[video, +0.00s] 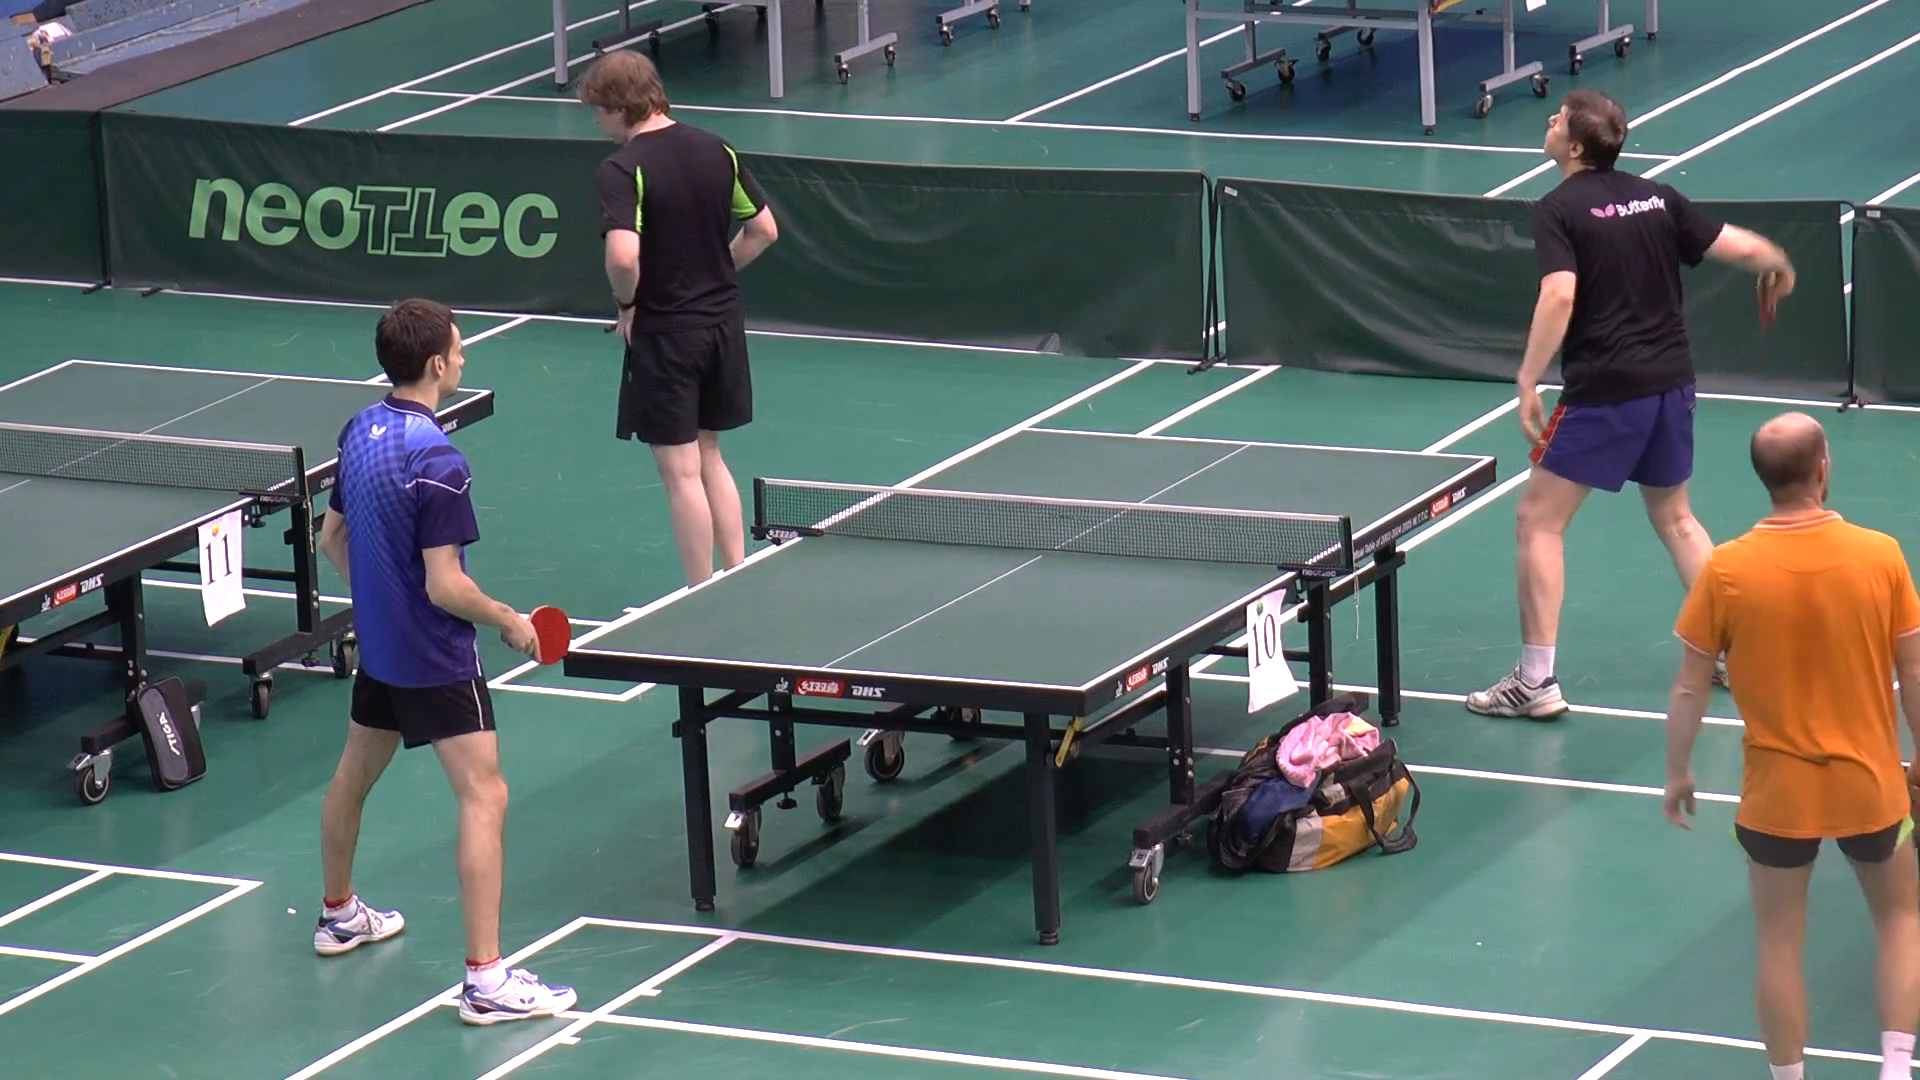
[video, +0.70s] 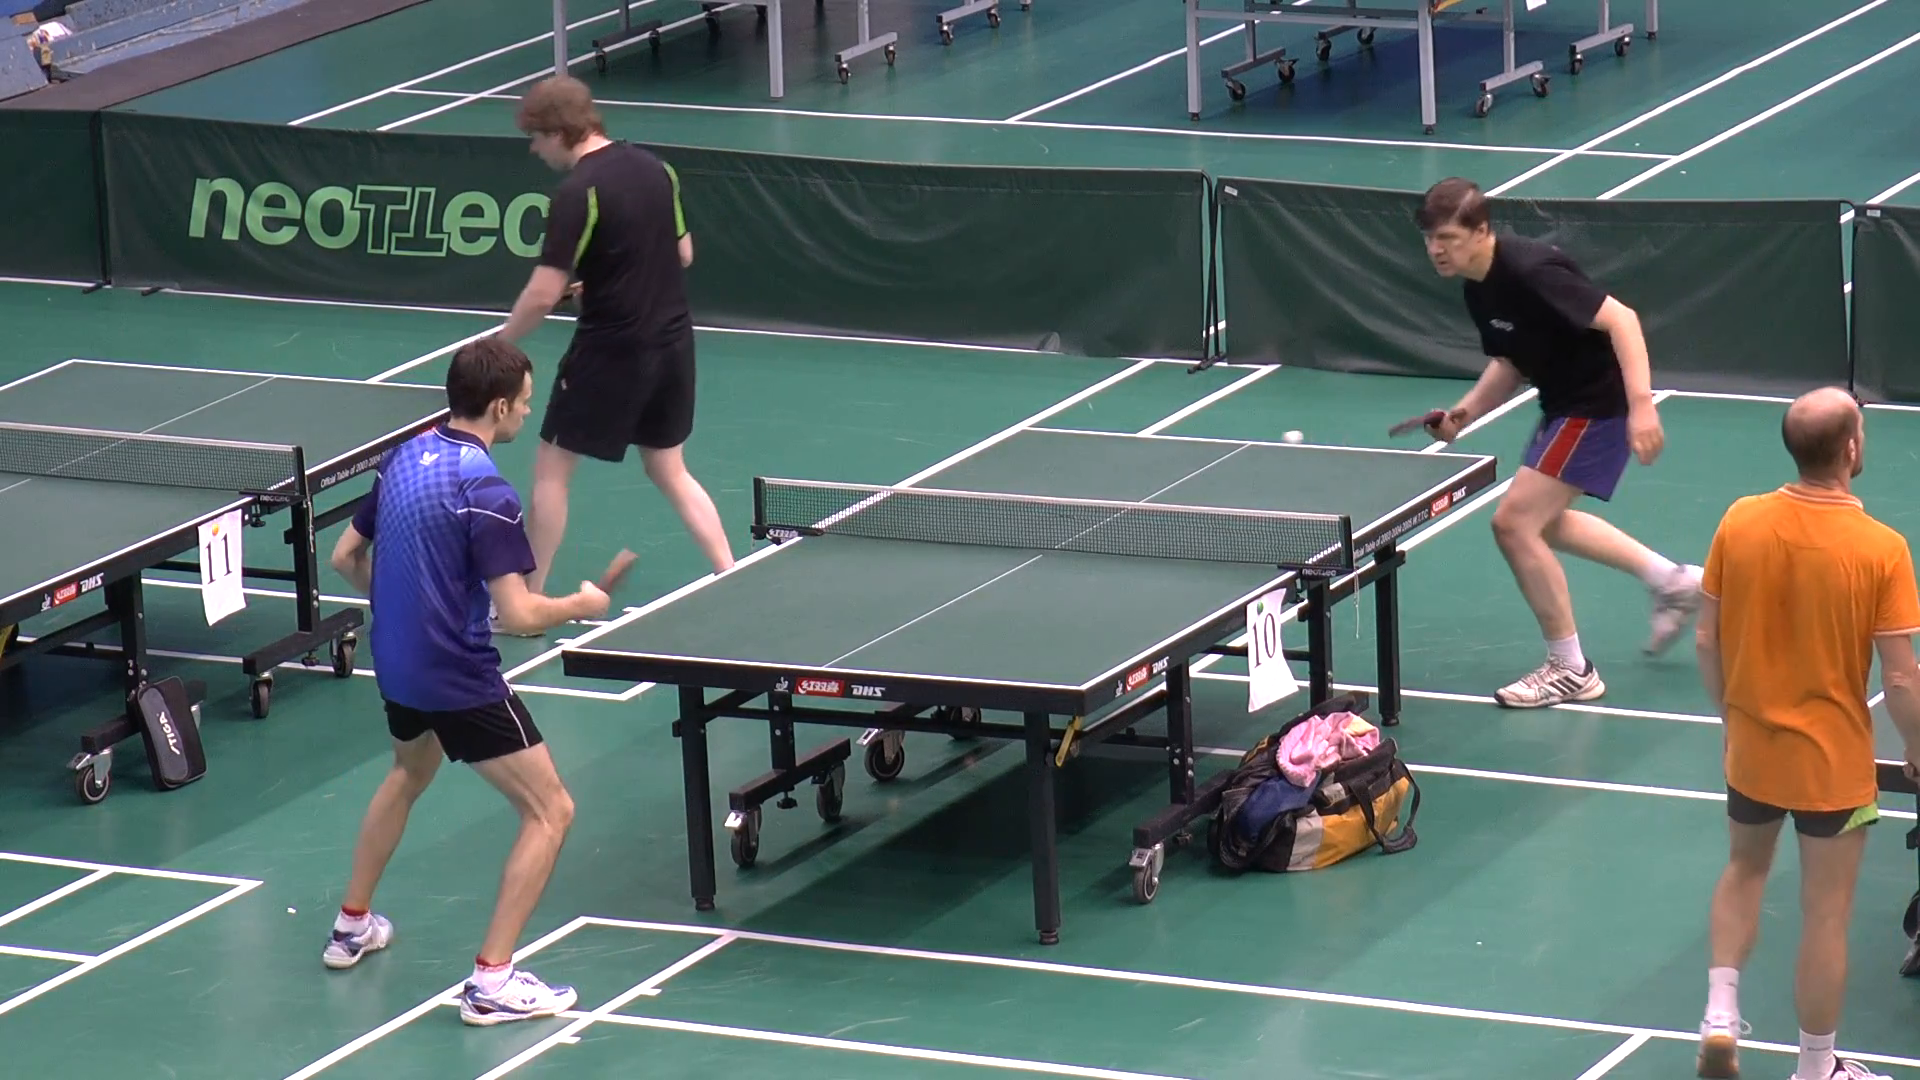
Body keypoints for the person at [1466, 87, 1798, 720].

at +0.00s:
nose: (1550, 125)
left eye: (1558, 119)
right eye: (1555, 116)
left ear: (1573, 141)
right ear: (1609, 144)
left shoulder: (1556, 209)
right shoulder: (1657, 196)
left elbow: (1560, 293)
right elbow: (1735, 244)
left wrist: (1527, 381)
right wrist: (1776, 261)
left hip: (1605, 395)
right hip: (1673, 388)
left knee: (1539, 521)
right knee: (1675, 516)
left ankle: (1535, 678)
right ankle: (1731, 644)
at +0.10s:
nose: (1547, 125)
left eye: (1555, 119)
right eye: (1553, 116)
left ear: (1570, 140)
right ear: (1606, 143)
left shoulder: (1558, 207)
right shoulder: (1658, 188)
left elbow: (1567, 290)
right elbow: (1742, 216)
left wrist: (1542, 381)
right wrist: (1757, 195)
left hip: (1615, 392)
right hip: (1683, 384)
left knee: (1544, 516)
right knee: (1685, 514)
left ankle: (1540, 673)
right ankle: (1722, 644)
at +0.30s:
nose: (1512, 155)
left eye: (1518, 146)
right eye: (1514, 144)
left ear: (1543, 157)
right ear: (1577, 151)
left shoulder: (1554, 221)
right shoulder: (1636, 186)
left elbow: (1583, 304)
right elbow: (1697, 201)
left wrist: (1557, 398)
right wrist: (1671, 175)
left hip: (1629, 391)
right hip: (1689, 380)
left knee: (1542, 507)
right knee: (1682, 515)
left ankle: (1569, 662)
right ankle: (1726, 645)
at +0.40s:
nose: (1491, 185)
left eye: (1497, 174)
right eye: (1492, 174)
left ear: (1529, 178)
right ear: (1545, 172)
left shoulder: (1554, 234)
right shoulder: (1599, 199)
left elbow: (1600, 319)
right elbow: (1612, 263)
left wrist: (1567, 406)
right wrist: (1553, 291)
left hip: (1633, 394)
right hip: (1684, 382)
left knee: (1539, 509)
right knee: (1670, 516)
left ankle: (1568, 664)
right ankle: (1729, 635)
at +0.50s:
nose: (1470, 213)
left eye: (1477, 201)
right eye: (1469, 202)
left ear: (1515, 198)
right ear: (1521, 198)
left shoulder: (1551, 250)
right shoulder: (1560, 233)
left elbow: (1620, 323)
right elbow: (1550, 329)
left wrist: (1585, 411)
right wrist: (1500, 392)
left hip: (1635, 403)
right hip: (1669, 393)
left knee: (1535, 515)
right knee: (1650, 522)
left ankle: (1570, 666)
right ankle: (1727, 635)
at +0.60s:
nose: (1452, 238)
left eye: (1462, 226)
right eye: (1448, 227)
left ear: (1499, 221)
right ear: (1451, 226)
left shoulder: (1548, 261)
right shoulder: (1503, 282)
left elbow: (1633, 319)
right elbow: (1526, 365)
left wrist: (1616, 409)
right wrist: (1482, 426)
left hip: (1615, 407)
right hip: (1608, 405)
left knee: (1527, 521)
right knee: (1604, 526)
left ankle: (1571, 668)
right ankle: (1715, 613)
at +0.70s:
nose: (1434, 250)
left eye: (1445, 239)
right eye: (1429, 239)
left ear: (1480, 232)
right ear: (1428, 236)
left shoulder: (1532, 269)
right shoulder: (1478, 287)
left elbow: (1622, 319)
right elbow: (1512, 360)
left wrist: (1642, 407)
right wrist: (1464, 412)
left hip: (1596, 407)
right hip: (1565, 407)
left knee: (1514, 526)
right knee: (1546, 521)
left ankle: (1571, 668)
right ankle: (1675, 581)